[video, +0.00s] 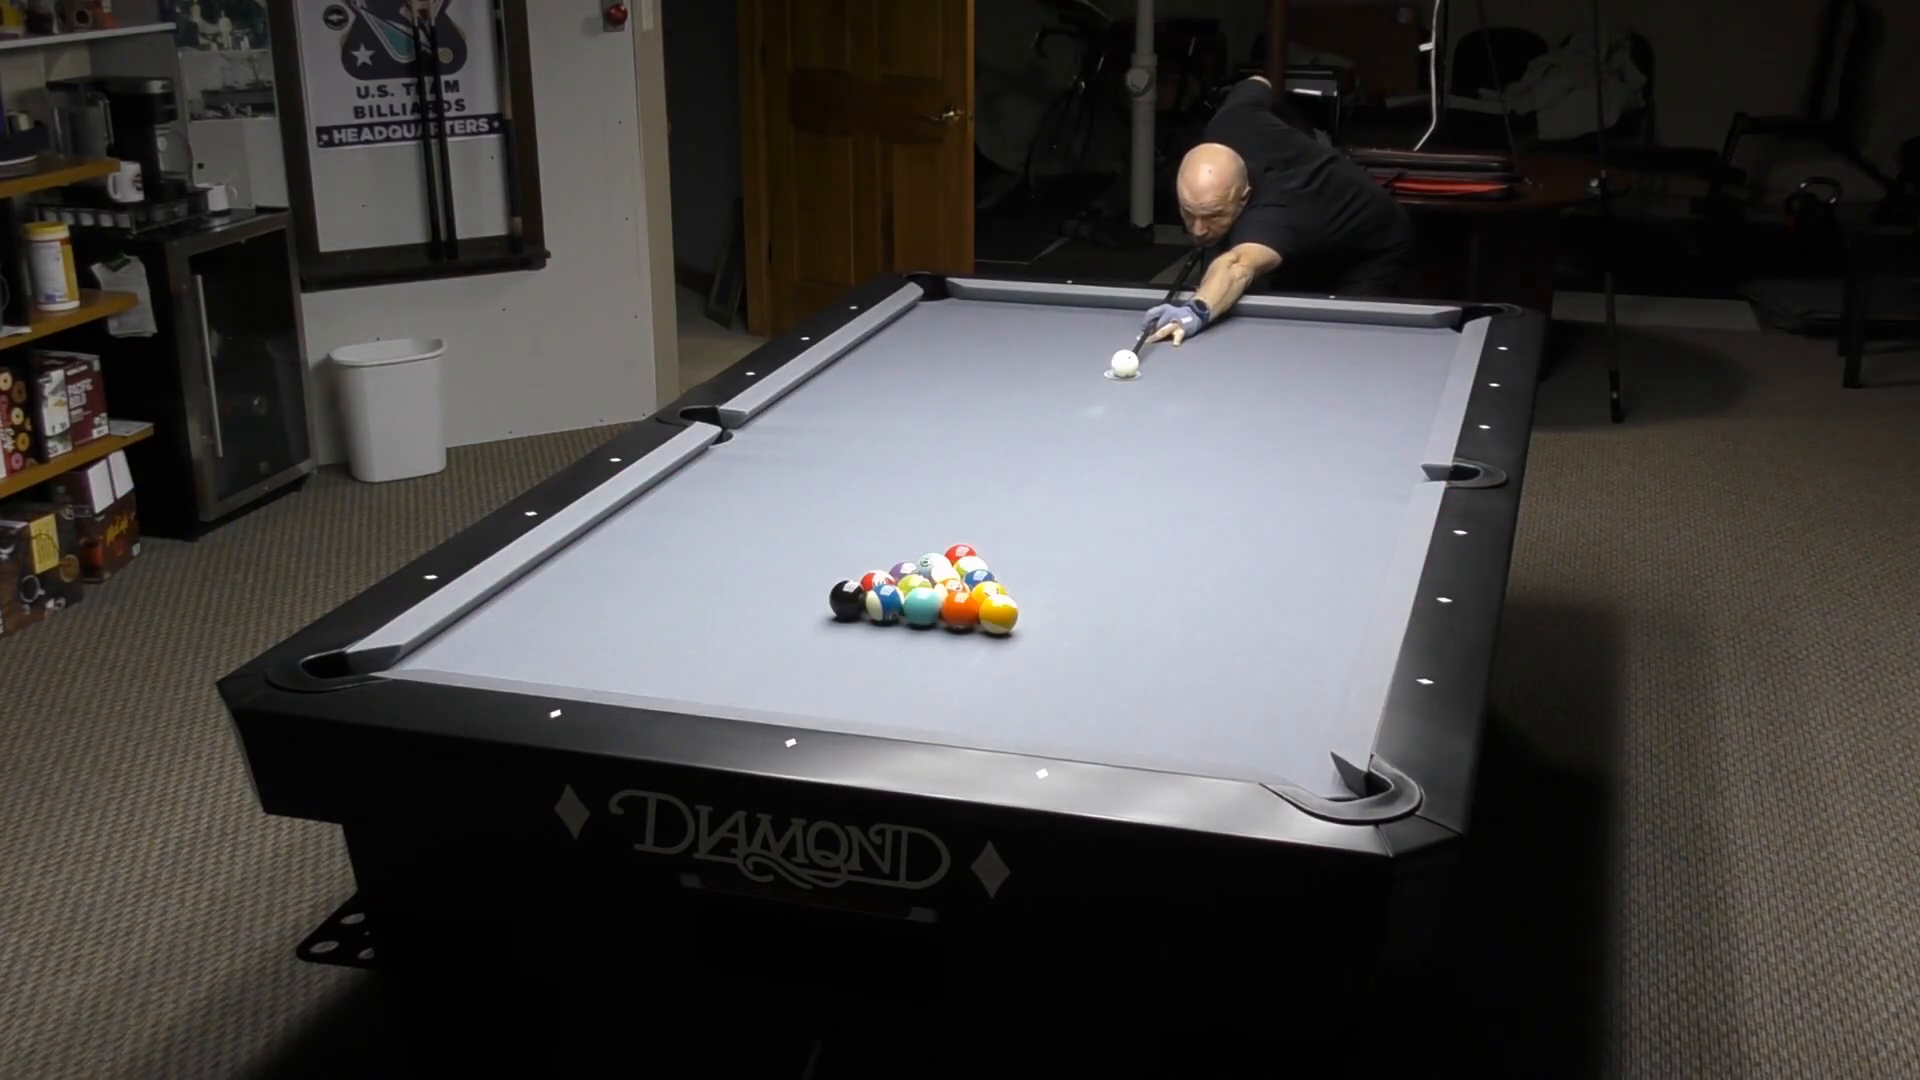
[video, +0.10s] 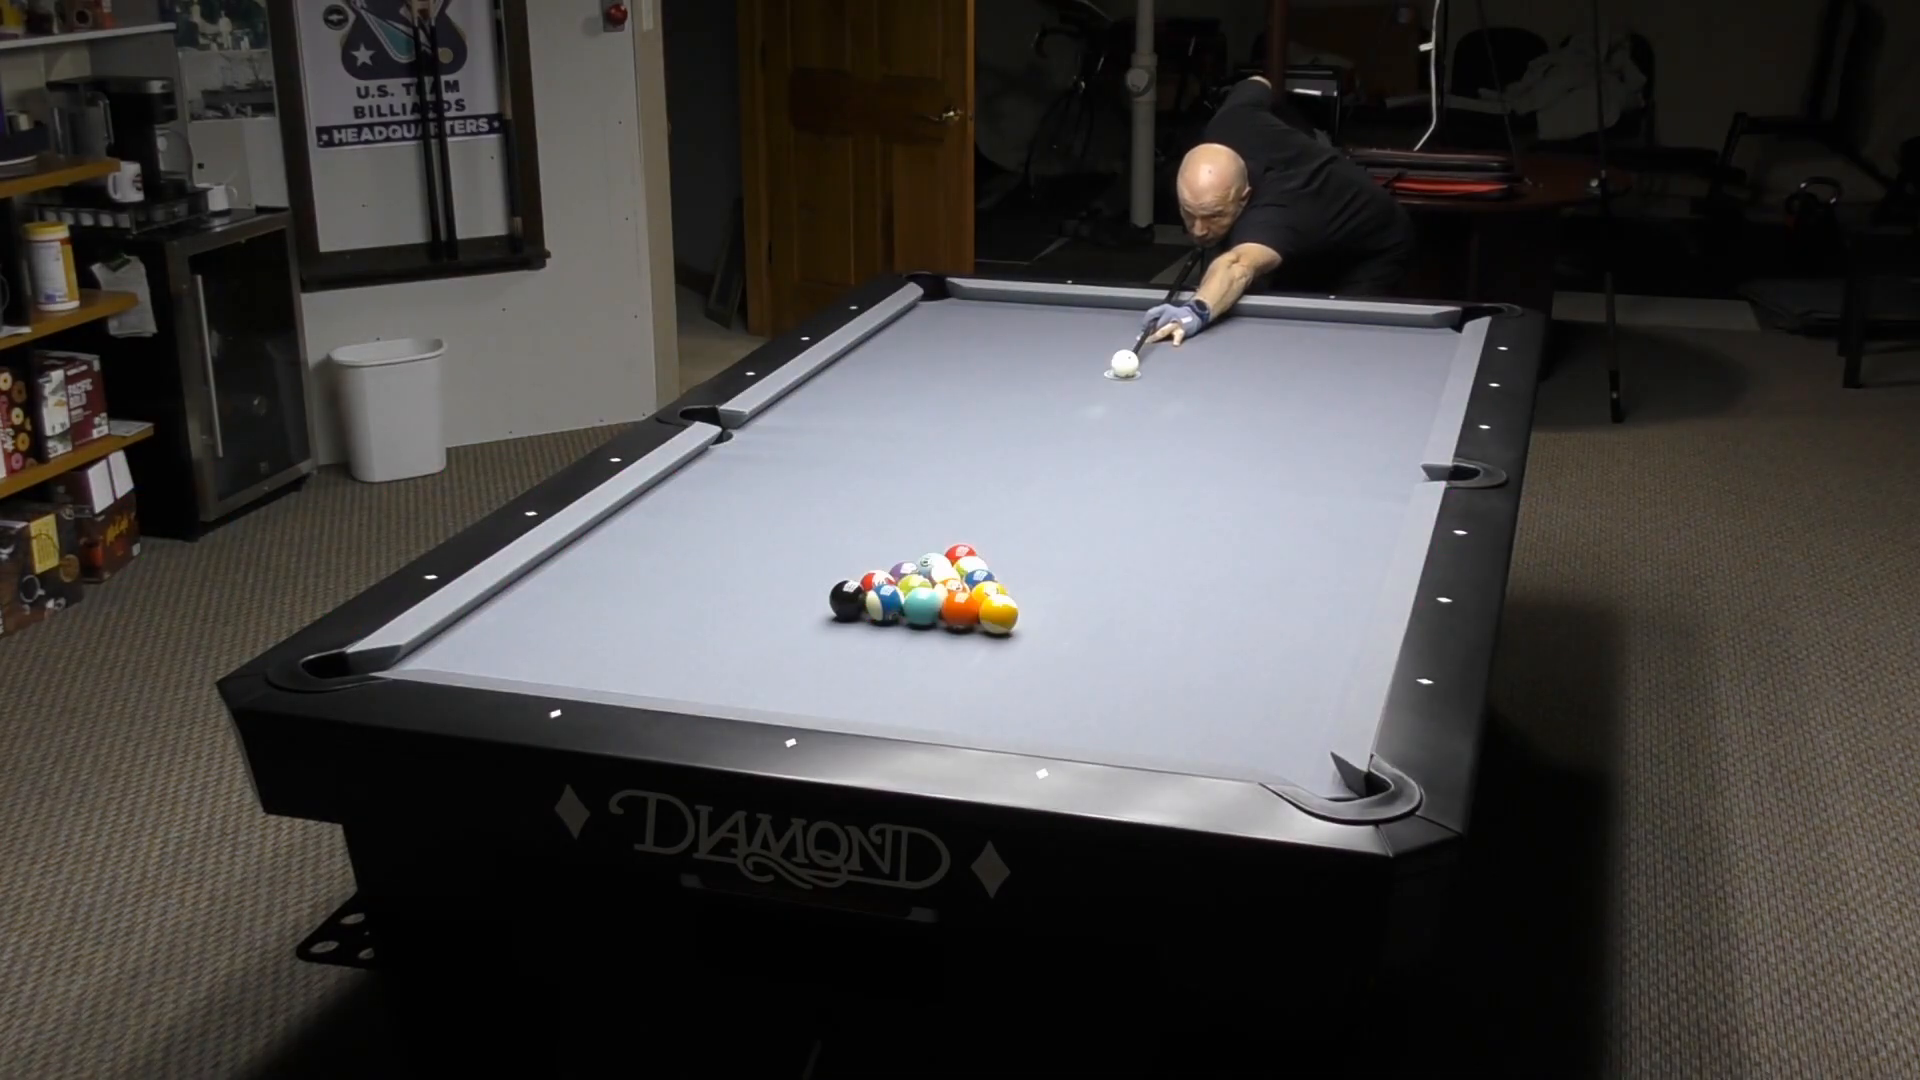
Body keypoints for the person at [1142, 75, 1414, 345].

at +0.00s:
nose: (1199, 231)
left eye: (1213, 217)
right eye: (1189, 215)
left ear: (1243, 195)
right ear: (1179, 188)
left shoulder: (1273, 216)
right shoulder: (1232, 121)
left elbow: (1238, 265)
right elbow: (1259, 81)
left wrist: (1195, 310)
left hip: (1378, 243)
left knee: (1339, 339)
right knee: (1280, 330)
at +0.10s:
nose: (1199, 232)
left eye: (1213, 218)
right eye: (1189, 216)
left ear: (1243, 195)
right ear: (1179, 188)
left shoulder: (1274, 216)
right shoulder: (1232, 121)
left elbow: (1238, 265)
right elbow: (1259, 81)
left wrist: (1195, 310)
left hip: (1378, 243)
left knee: (1339, 339)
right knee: (1280, 330)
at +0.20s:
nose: (1199, 232)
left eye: (1213, 218)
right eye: (1189, 216)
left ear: (1244, 195)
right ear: (1179, 188)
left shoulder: (1274, 216)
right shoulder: (1232, 121)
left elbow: (1238, 266)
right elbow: (1259, 81)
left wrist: (1195, 311)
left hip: (1378, 242)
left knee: (1338, 338)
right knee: (1280, 328)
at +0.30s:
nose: (1199, 232)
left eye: (1213, 218)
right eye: (1188, 216)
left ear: (1243, 195)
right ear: (1179, 188)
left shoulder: (1273, 217)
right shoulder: (1232, 121)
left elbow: (1238, 266)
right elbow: (1258, 81)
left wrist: (1194, 311)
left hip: (1379, 242)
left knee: (1338, 338)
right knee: (1279, 329)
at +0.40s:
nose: (1199, 232)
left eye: (1213, 219)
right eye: (1188, 216)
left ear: (1243, 195)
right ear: (1179, 188)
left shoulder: (1273, 217)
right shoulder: (1231, 122)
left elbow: (1238, 266)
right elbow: (1257, 81)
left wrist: (1194, 311)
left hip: (1379, 242)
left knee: (1338, 338)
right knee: (1279, 327)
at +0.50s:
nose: (1198, 232)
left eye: (1212, 219)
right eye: (1188, 217)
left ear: (1243, 195)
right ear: (1178, 188)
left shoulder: (1273, 217)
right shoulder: (1231, 122)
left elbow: (1238, 266)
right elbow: (1257, 81)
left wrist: (1194, 311)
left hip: (1379, 243)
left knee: (1339, 339)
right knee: (1280, 330)